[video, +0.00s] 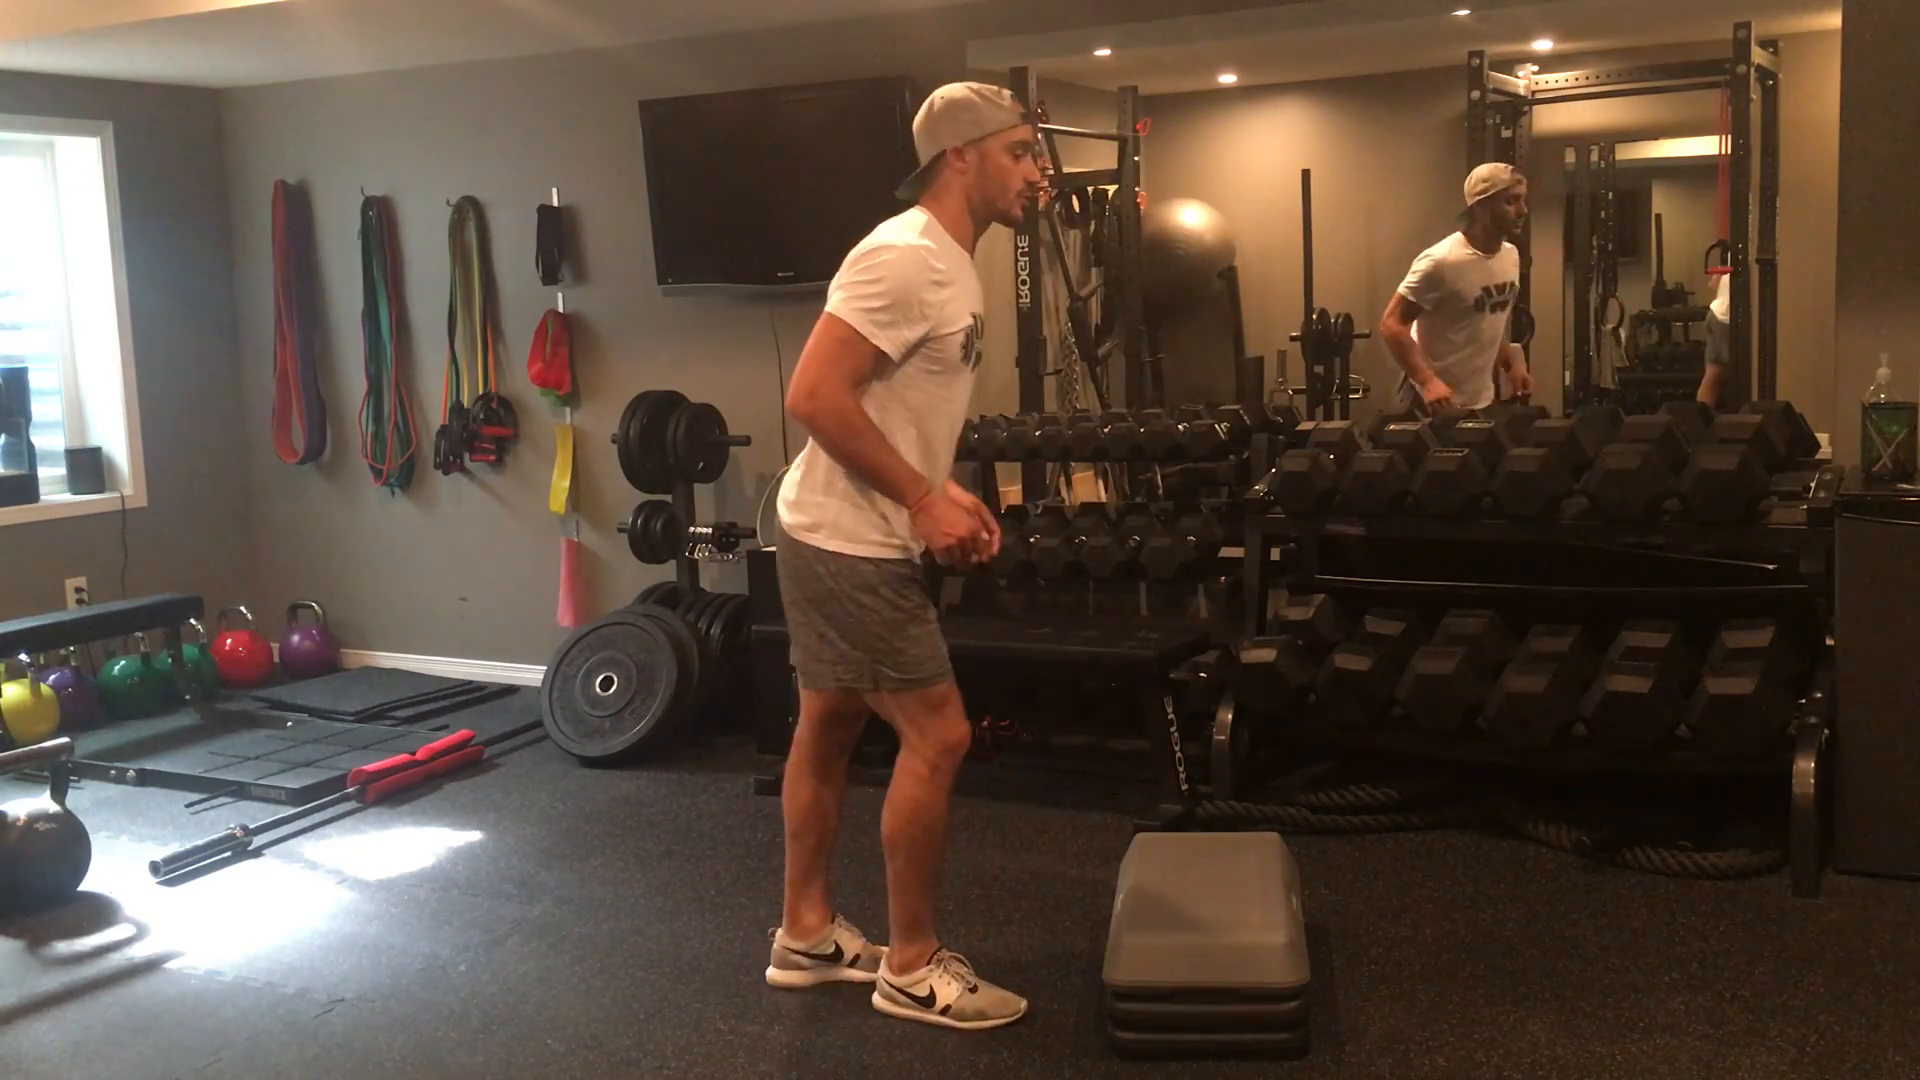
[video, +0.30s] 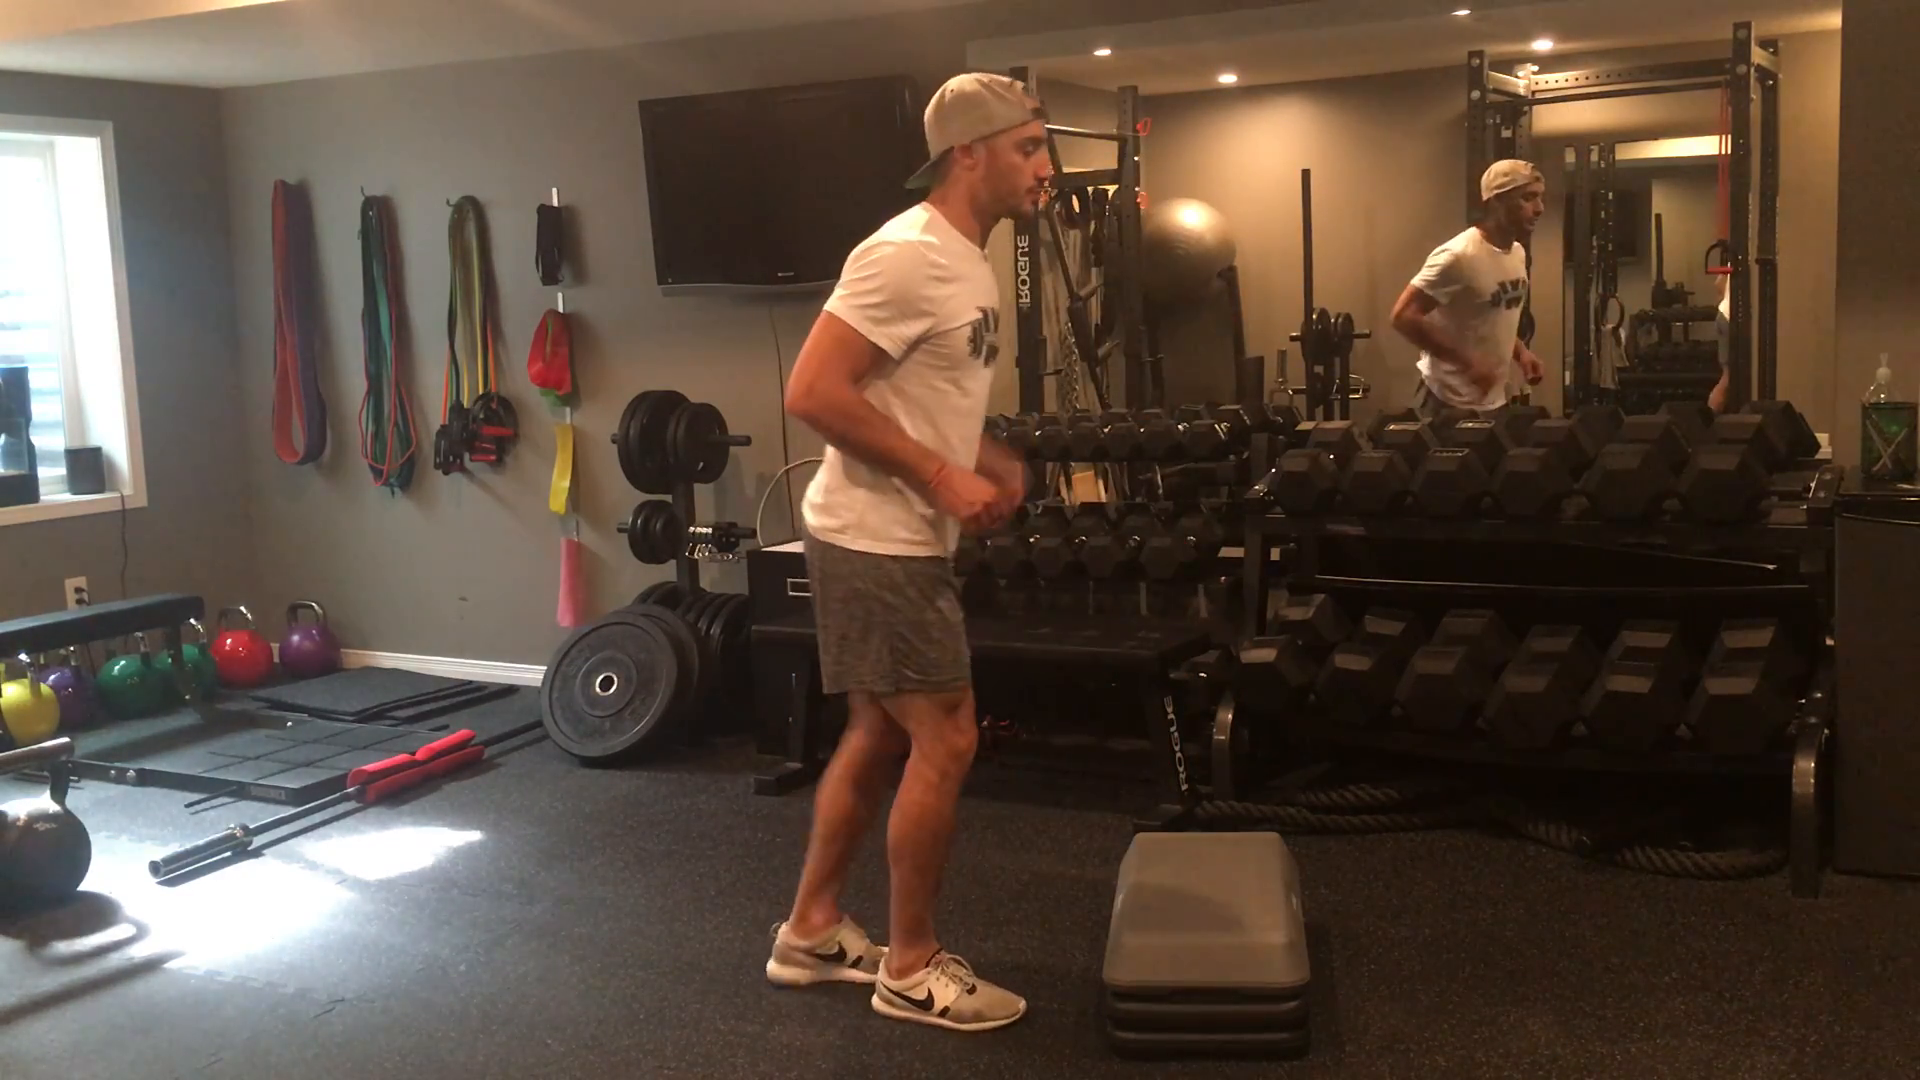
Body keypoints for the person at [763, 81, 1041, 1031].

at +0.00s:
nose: (1035, 171)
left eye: (1034, 154)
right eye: (1019, 153)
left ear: (972, 164)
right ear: (963, 160)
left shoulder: (952, 266)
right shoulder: (902, 254)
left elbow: (898, 417)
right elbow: (815, 393)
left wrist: (945, 498)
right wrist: (921, 497)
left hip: (868, 539)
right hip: (843, 542)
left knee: (826, 727)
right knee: (936, 735)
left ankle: (805, 929)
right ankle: (910, 964)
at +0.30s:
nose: (1045, 165)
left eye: (1044, 147)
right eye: (1030, 147)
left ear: (983, 160)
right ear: (969, 156)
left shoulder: (969, 260)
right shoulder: (906, 253)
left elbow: (909, 396)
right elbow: (812, 389)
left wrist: (978, 454)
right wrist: (937, 473)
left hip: (904, 537)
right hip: (875, 541)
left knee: (876, 733)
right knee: (944, 738)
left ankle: (808, 929)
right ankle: (909, 965)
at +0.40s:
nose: (1056, 154)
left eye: (1054, 137)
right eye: (1040, 137)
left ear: (994, 148)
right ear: (984, 146)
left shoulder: (981, 251)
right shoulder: (925, 250)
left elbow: (916, 398)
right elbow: (834, 392)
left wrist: (1001, 423)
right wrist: (962, 468)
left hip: (938, 533)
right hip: (891, 537)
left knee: (990, 701)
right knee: (932, 740)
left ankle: (845, 879)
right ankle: (907, 965)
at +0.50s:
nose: (1075, 142)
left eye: (1072, 125)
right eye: (1059, 126)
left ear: (1012, 140)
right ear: (999, 138)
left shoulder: (998, 243)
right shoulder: (948, 249)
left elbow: (940, 398)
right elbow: (885, 407)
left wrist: (1009, 477)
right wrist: (1013, 476)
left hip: (976, 524)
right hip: (913, 533)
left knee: (1072, 652)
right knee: (923, 746)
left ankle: (930, 811)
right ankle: (906, 965)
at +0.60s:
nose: (1101, 142)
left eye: (1096, 124)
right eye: (1084, 125)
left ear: (1032, 144)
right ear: (1025, 142)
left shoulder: (1008, 238)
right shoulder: (978, 251)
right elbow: (945, 414)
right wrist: (1075, 462)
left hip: (1005, 518)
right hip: (940, 534)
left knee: (1138, 612)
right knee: (931, 750)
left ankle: (1033, 801)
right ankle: (910, 962)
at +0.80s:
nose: (1164, 116)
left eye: (1158, 100)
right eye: (1147, 100)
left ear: (1098, 121)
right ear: (1092, 119)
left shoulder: (1090, 227)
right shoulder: (1048, 222)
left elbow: (1034, 386)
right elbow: (1005, 381)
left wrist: (1102, 454)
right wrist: (1133, 424)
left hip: (1071, 502)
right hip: (1004, 510)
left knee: (1174, 632)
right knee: (1026, 720)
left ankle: (1103, 845)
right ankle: (929, 937)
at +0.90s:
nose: (1175, 80)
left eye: (1169, 63)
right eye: (1158, 64)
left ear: (1112, 82)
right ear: (1106, 80)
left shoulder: (1108, 190)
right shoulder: (1053, 183)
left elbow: (1064, 344)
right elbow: (992, 338)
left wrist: (1142, 394)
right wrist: (1126, 396)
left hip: (1077, 466)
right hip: (1015, 473)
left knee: (1162, 630)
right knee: (1113, 666)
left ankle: (1102, 845)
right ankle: (966, 862)